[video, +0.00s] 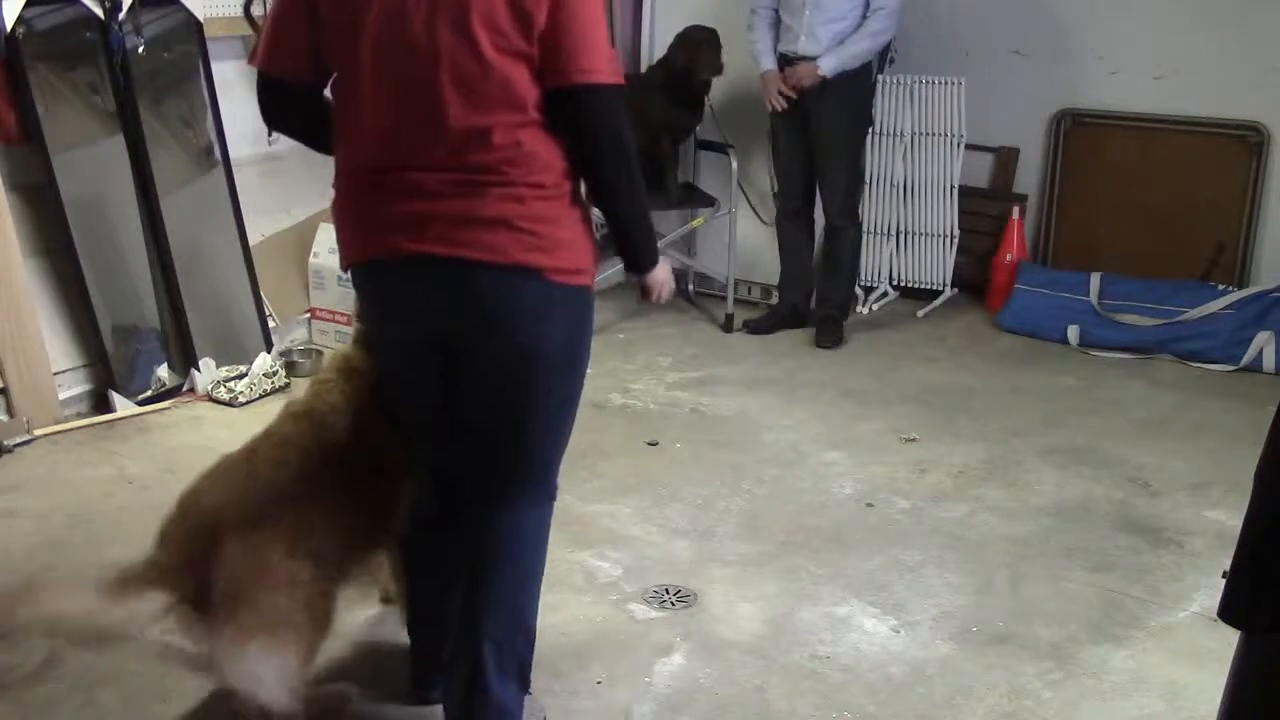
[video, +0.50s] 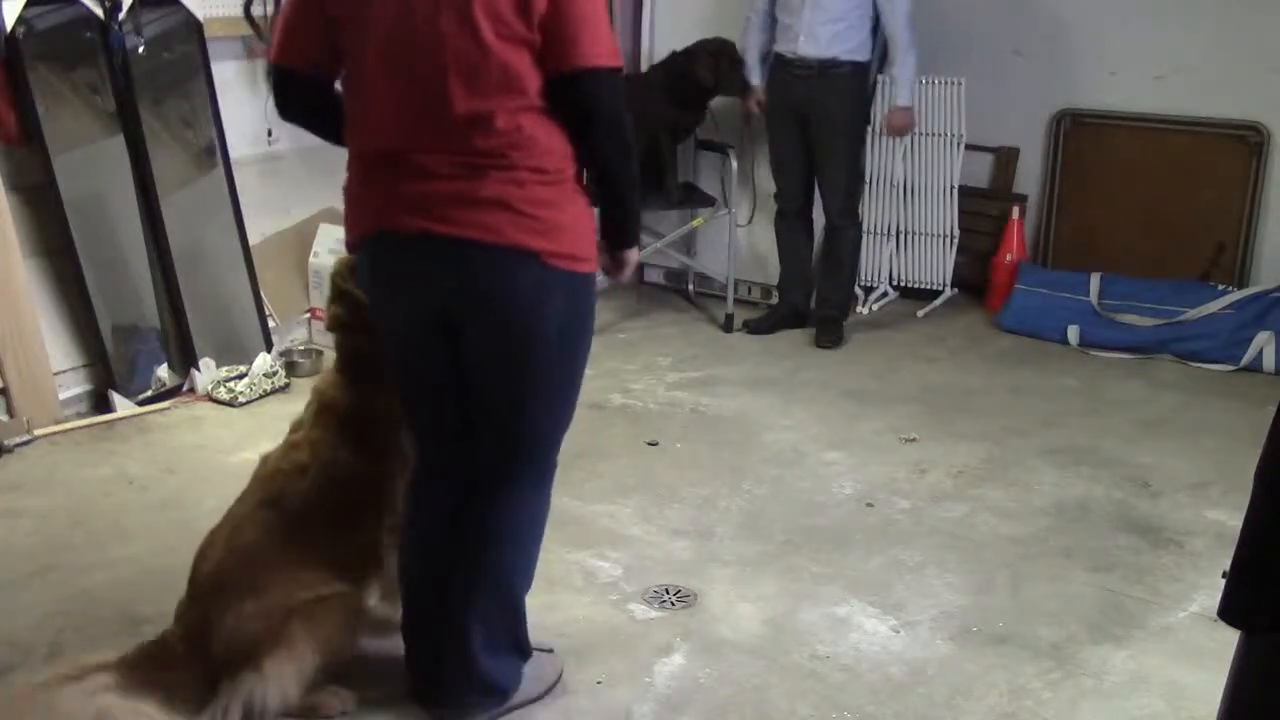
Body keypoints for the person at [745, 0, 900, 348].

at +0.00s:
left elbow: (884, 23)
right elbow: (763, 11)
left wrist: (821, 66)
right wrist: (767, 68)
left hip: (844, 78)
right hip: (787, 75)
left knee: (839, 206)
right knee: (791, 203)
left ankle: (831, 313)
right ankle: (792, 305)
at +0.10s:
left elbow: (888, 21)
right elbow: (762, 10)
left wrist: (827, 66)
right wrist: (767, 71)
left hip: (844, 80)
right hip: (787, 77)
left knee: (839, 207)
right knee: (791, 203)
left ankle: (831, 313)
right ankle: (792, 306)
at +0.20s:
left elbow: (889, 21)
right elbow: (762, 9)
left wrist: (839, 78)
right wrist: (763, 73)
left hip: (846, 78)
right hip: (786, 74)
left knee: (839, 208)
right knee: (791, 204)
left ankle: (831, 313)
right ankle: (792, 305)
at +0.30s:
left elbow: (887, 25)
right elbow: (760, 11)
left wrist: (861, 95)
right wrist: (760, 76)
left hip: (842, 79)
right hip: (787, 76)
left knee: (839, 210)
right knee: (790, 205)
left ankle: (831, 313)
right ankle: (792, 306)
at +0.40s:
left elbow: (891, 24)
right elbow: (760, 11)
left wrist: (886, 100)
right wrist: (758, 78)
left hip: (844, 80)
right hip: (787, 76)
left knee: (839, 209)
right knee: (790, 204)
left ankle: (831, 313)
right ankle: (792, 305)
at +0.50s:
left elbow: (898, 23)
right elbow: (759, 13)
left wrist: (902, 100)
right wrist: (755, 77)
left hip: (843, 80)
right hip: (786, 77)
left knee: (840, 209)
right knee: (790, 204)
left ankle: (831, 314)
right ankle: (793, 306)